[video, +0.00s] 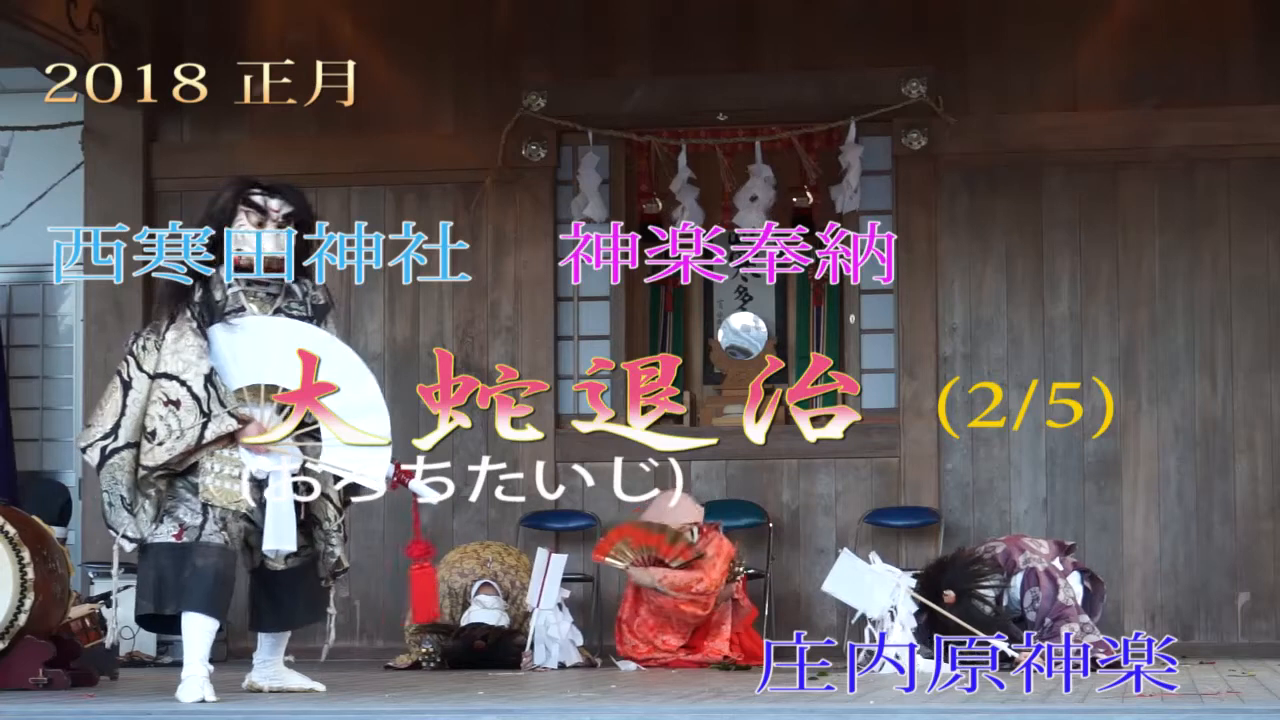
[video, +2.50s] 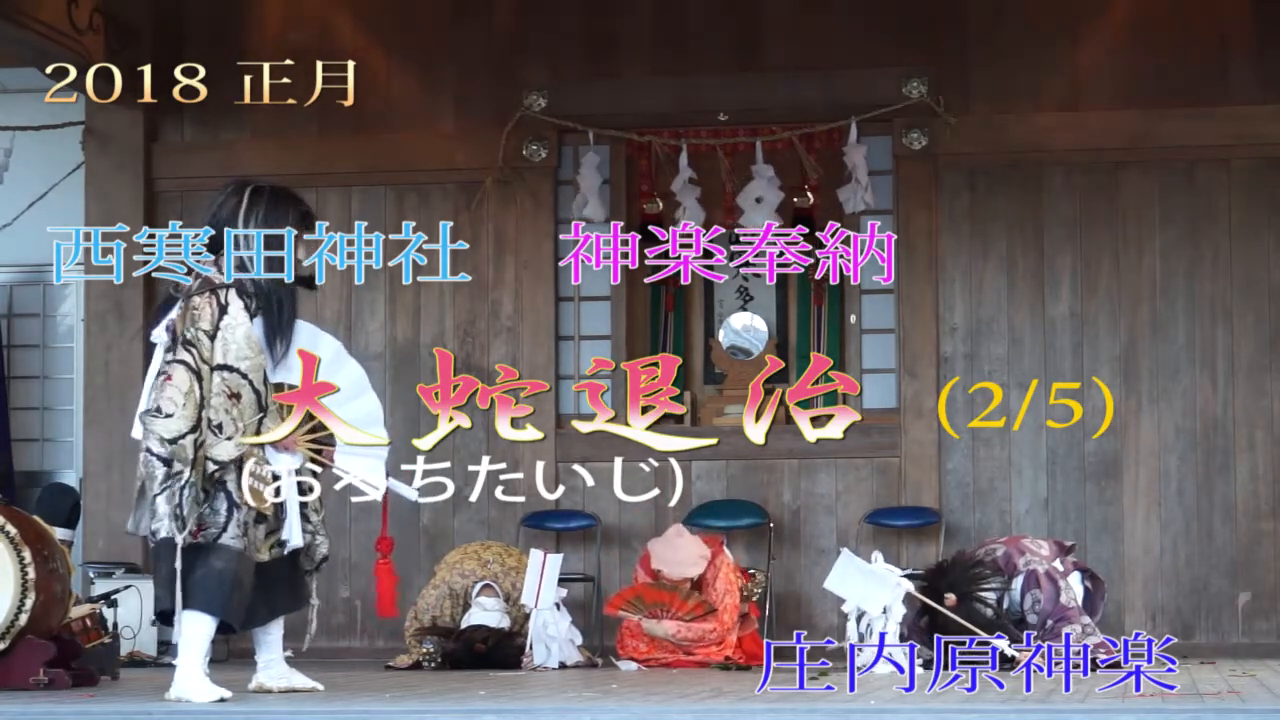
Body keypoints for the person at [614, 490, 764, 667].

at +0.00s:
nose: (666, 543)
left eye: (671, 535)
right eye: (660, 536)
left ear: (690, 529)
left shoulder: (716, 543)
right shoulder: (649, 549)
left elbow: (707, 583)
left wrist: (653, 578)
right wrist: (715, 594)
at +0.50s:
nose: (675, 554)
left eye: (678, 548)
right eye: (670, 548)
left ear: (692, 539)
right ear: (663, 542)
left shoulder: (717, 549)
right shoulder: (663, 552)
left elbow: (711, 598)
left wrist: (654, 593)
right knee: (640, 598)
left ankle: (711, 650)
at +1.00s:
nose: (678, 566)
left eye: (684, 559)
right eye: (671, 560)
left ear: (696, 551)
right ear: (661, 553)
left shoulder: (718, 555)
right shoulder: (651, 555)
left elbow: (716, 611)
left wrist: (659, 608)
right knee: (634, 618)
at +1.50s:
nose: (675, 579)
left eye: (681, 573)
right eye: (669, 573)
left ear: (695, 564)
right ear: (658, 562)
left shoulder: (719, 560)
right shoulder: (647, 559)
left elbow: (718, 621)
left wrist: (662, 620)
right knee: (630, 625)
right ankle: (711, 654)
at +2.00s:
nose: (680, 583)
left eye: (685, 577)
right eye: (673, 578)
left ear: (696, 567)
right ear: (659, 567)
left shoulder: (719, 563)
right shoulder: (646, 563)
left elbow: (720, 627)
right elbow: (630, 639)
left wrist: (666, 625)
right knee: (633, 644)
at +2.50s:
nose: (680, 586)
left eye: (685, 580)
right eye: (673, 581)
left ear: (696, 570)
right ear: (659, 571)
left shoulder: (719, 566)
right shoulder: (645, 567)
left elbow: (720, 629)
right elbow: (630, 643)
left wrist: (667, 631)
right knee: (631, 643)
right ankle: (711, 655)